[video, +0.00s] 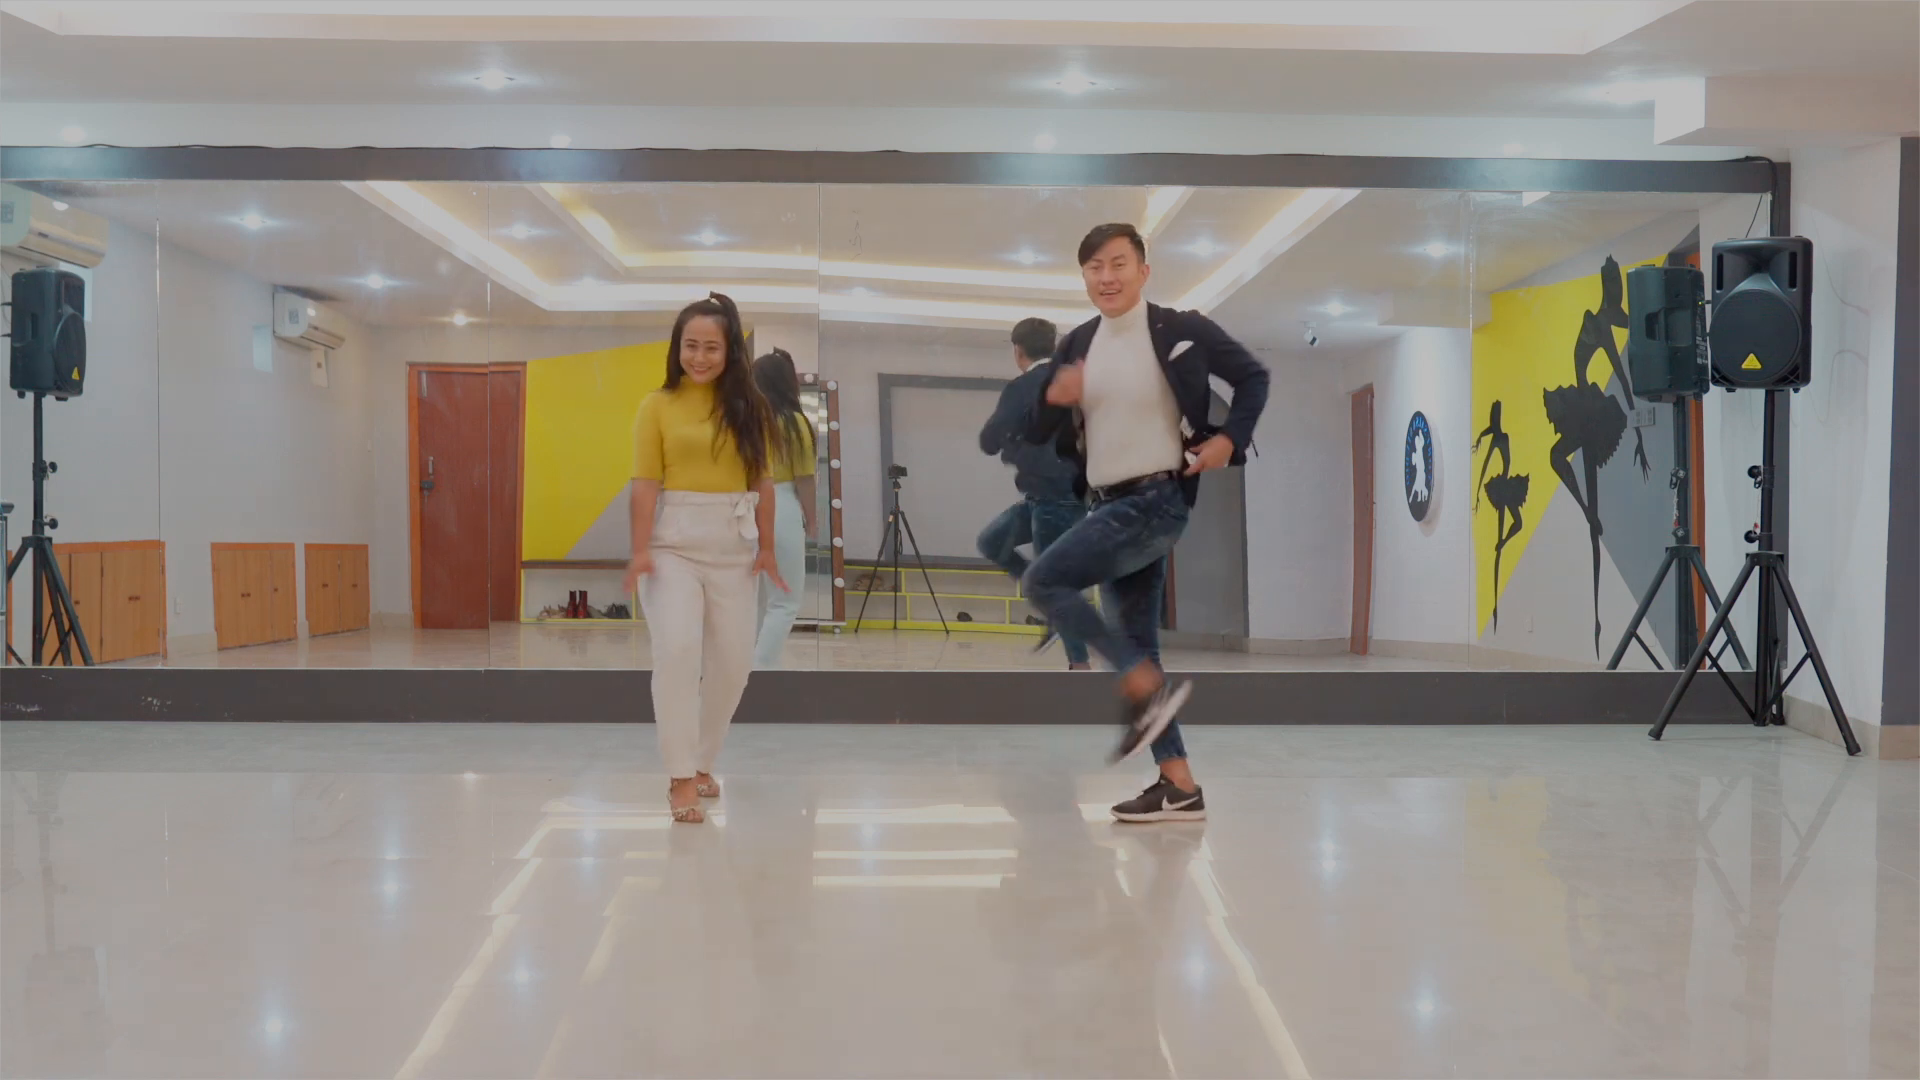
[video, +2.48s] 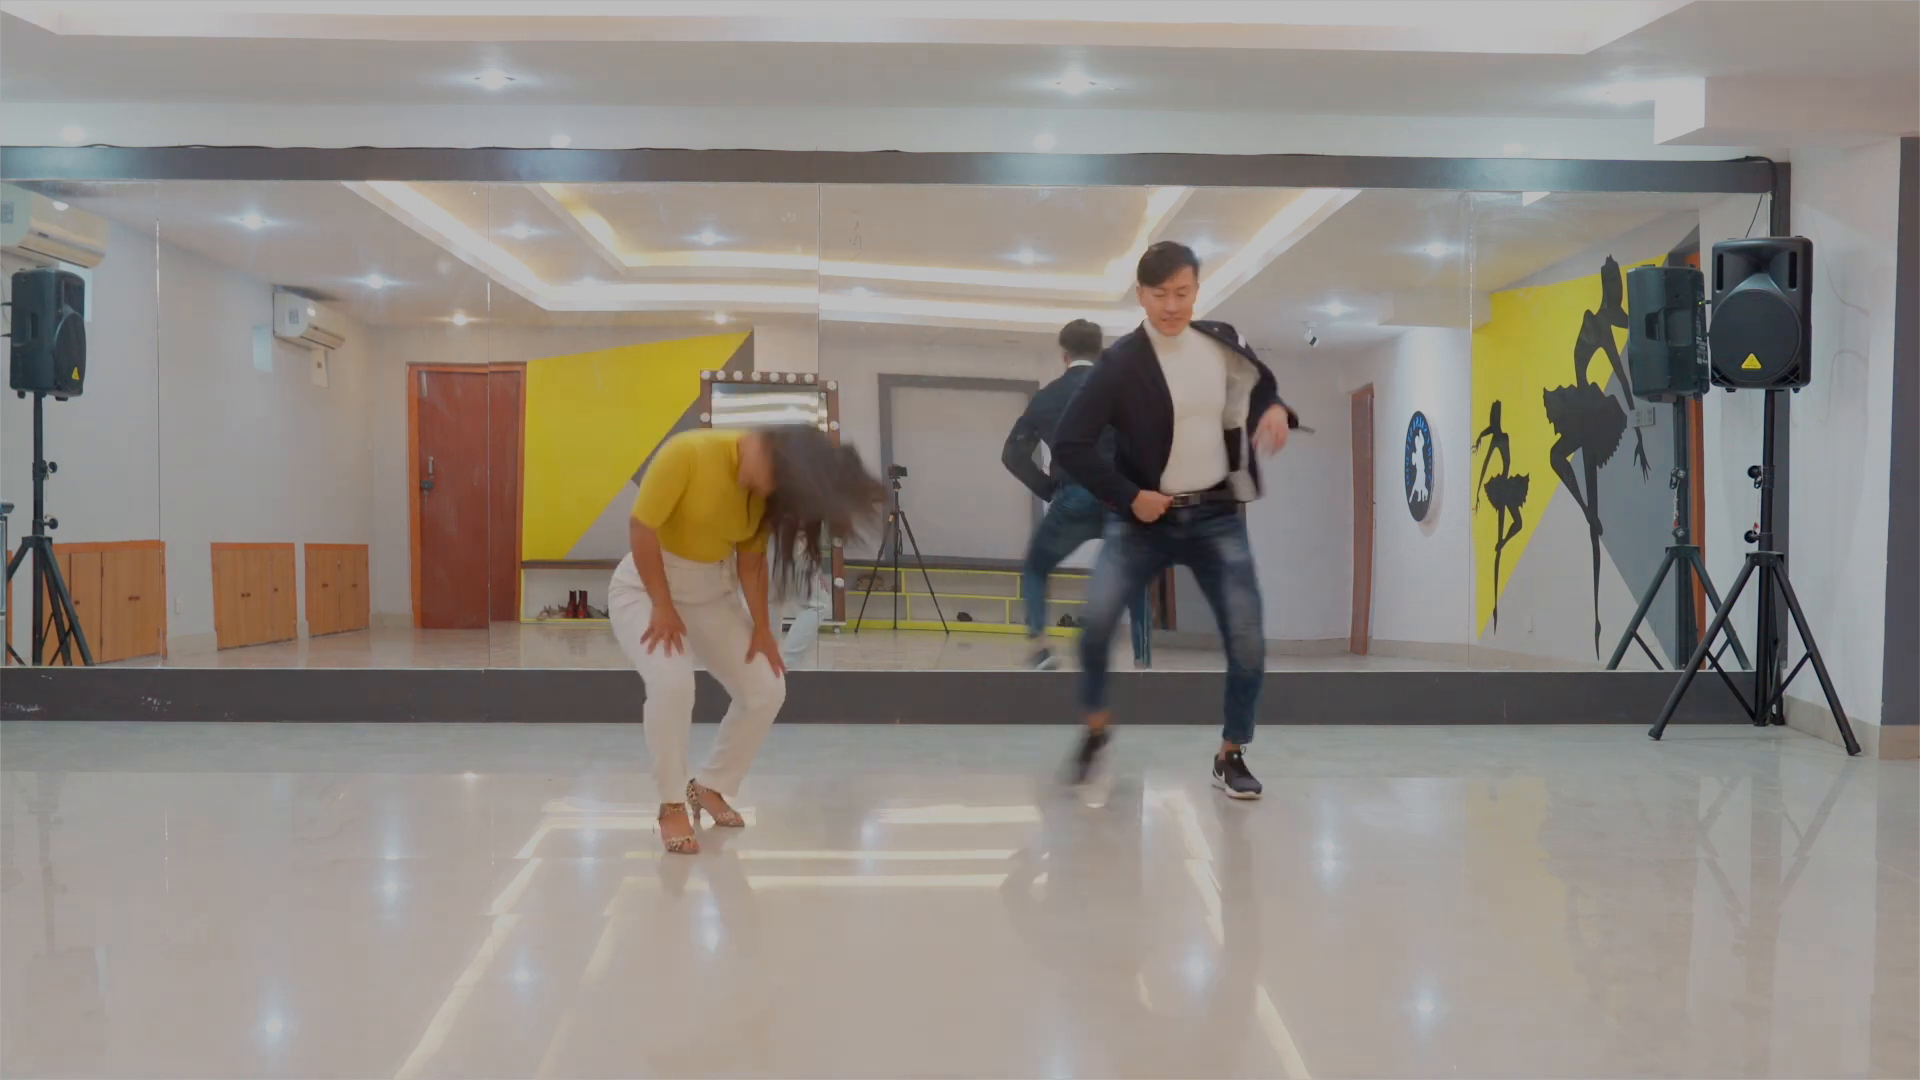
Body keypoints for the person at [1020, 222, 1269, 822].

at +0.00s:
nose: (1107, 276)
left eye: (1118, 264)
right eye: (1095, 267)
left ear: (1144, 270)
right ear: (1083, 277)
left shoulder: (1182, 329)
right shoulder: (1078, 343)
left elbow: (1253, 379)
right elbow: (1034, 427)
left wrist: (1229, 438)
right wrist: (1050, 396)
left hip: (1157, 497)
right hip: (1108, 503)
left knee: (1043, 582)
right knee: (1136, 650)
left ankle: (1144, 682)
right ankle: (1179, 783)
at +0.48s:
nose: (1053, 300)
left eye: (1066, 289)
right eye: (1044, 291)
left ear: (1093, 297)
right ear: (1036, 301)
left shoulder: (1129, 363)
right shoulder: (1034, 365)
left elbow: (1173, 444)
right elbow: (1006, 425)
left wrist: (1123, 494)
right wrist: (1006, 445)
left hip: (1122, 525)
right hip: (1058, 526)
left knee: (1092, 641)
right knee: (1082, 645)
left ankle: (1072, 765)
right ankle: (1132, 724)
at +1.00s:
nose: (1063, 257)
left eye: (1074, 247)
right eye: (1052, 246)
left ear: (1089, 257)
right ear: (1031, 253)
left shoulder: (1114, 325)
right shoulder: (997, 315)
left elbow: (1144, 396)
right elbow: (948, 387)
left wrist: (1114, 454)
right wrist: (996, 423)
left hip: (1068, 481)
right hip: (1002, 463)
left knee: (1042, 627)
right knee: (1034, 527)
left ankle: (989, 736)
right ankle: (992, 593)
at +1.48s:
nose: (1082, 308)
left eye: (1089, 298)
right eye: (1069, 296)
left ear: (1097, 305)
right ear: (1041, 301)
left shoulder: (1094, 382)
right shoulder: (1022, 363)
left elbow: (1112, 457)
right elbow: (962, 432)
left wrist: (1138, 473)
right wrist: (1036, 454)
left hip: (1080, 536)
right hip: (1018, 534)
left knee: (1105, 664)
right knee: (1070, 651)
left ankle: (1008, 715)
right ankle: (1076, 760)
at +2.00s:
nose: (1082, 314)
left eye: (1092, 303)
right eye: (1070, 303)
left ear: (1104, 306)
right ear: (1047, 309)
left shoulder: (1124, 375)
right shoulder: (1009, 369)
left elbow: (1126, 454)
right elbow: (940, 436)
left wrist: (1068, 438)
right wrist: (986, 486)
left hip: (1095, 530)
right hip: (1038, 528)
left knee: (1054, 663)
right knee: (1106, 639)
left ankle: (970, 744)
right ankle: (1052, 751)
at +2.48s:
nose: (1173, 305)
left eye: (1183, 293)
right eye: (1160, 294)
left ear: (1197, 289)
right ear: (1140, 295)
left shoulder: (1222, 342)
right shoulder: (1120, 362)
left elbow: (1262, 384)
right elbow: (1070, 448)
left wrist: (1274, 408)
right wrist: (1129, 497)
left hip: (1217, 513)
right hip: (1144, 517)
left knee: (1248, 640)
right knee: (1096, 615)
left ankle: (1231, 753)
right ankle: (1095, 726)